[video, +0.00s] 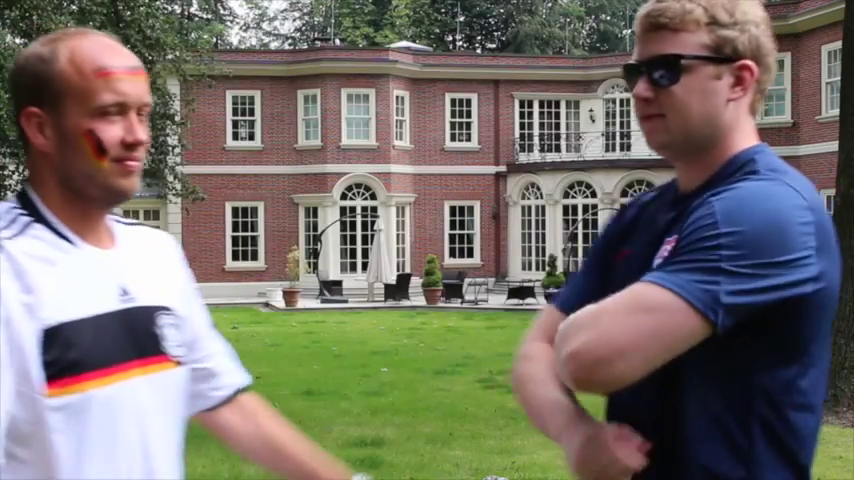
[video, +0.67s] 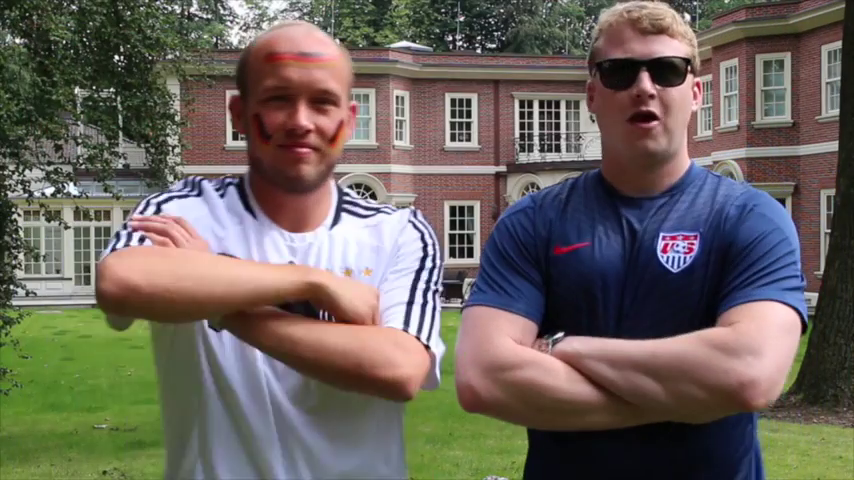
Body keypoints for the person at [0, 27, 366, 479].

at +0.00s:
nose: (138, 136)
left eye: (143, 114)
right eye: (111, 112)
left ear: (150, 117)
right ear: (38, 128)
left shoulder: (158, 254)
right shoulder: (11, 268)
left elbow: (228, 401)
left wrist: (343, 475)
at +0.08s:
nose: (151, 135)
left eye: (159, 112)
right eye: (123, 113)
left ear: (172, 120)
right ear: (55, 132)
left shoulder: (186, 250)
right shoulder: (21, 269)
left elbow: (265, 388)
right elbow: (12, 458)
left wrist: (378, 445)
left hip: (197, 471)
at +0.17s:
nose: (168, 135)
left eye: (180, 111)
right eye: (138, 114)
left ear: (194, 122)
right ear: (75, 134)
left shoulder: (218, 247)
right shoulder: (42, 267)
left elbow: (300, 372)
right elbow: (51, 449)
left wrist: (374, 416)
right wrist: (255, 471)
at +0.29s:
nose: (199, 132)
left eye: (215, 109)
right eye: (170, 111)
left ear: (233, 121)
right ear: (117, 128)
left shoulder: (268, 241)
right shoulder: (76, 253)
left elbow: (366, 397)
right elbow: (105, 408)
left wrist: (385, 375)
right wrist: (316, 361)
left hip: (265, 474)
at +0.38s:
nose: (223, 130)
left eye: (241, 108)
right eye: (195, 109)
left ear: (262, 121)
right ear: (147, 124)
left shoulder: (303, 239)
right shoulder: (100, 241)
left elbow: (405, 395)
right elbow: (121, 370)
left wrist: (307, 337)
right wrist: (339, 292)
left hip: (287, 470)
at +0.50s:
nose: (258, 130)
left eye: (278, 108)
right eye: (232, 107)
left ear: (302, 125)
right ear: (189, 125)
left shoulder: (349, 240)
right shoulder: (135, 225)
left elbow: (415, 385)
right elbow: (116, 322)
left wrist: (251, 307)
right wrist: (326, 256)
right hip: (174, 471)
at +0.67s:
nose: (301, 122)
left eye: (323, 103)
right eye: (279, 100)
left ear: (349, 121)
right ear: (240, 116)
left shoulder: (400, 235)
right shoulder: (187, 207)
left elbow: (402, 371)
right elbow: (119, 284)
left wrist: (220, 294)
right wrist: (313, 282)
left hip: (361, 473)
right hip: (209, 472)